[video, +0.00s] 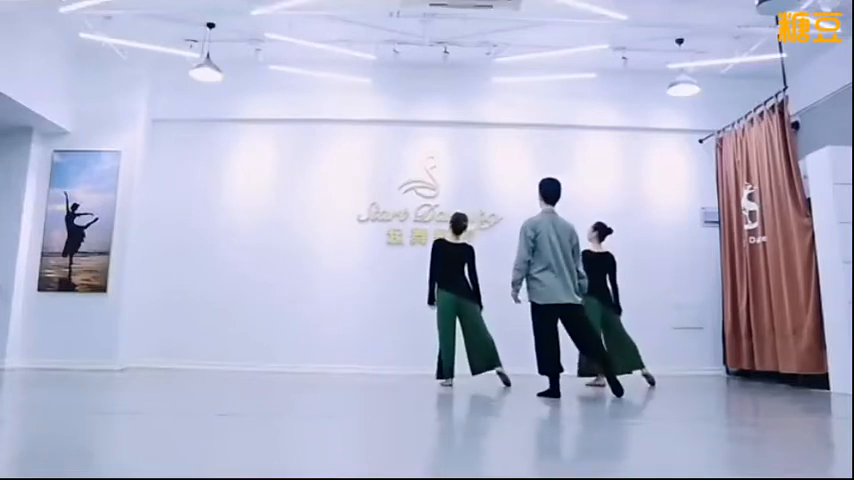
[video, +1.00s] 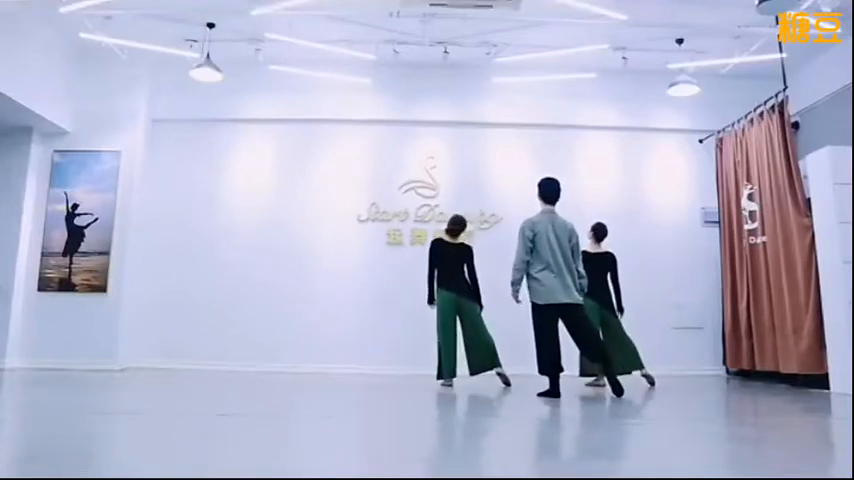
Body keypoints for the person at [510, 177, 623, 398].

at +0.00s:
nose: (539, 197)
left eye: (539, 193)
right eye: (549, 193)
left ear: (539, 195)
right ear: (558, 197)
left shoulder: (531, 225)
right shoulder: (568, 228)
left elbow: (523, 259)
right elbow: (578, 264)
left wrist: (515, 285)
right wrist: (580, 290)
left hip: (542, 296)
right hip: (568, 295)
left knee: (547, 343)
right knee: (588, 339)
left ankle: (554, 388)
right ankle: (611, 377)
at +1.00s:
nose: (540, 196)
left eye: (539, 192)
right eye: (551, 193)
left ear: (539, 195)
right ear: (558, 196)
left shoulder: (530, 225)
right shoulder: (568, 227)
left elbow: (522, 260)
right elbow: (578, 263)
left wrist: (515, 285)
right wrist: (581, 289)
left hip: (542, 296)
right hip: (568, 294)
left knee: (548, 342)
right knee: (589, 337)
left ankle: (554, 388)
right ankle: (611, 376)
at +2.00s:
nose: (526, 224)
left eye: (526, 220)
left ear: (526, 222)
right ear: (545, 222)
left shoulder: (523, 247)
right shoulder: (559, 247)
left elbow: (509, 276)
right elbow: (577, 278)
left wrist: (493, 298)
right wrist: (583, 303)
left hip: (539, 302)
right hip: (564, 301)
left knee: (535, 347)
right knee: (554, 335)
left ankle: (551, 387)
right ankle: (565, 370)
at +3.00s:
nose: (509, 196)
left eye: (509, 192)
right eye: (517, 192)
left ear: (509, 193)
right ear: (527, 194)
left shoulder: (503, 218)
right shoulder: (538, 223)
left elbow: (496, 249)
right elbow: (544, 258)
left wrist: (489, 273)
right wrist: (544, 287)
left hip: (510, 283)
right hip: (534, 284)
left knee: (514, 331)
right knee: (528, 332)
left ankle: (529, 371)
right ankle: (517, 378)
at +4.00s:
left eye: (491, 187)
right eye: (501, 187)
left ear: (488, 189)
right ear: (507, 190)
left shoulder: (481, 217)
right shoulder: (517, 222)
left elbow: (471, 250)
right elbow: (523, 257)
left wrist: (462, 273)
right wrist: (525, 284)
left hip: (487, 282)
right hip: (511, 282)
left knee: (493, 328)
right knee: (506, 330)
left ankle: (505, 370)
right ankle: (501, 381)